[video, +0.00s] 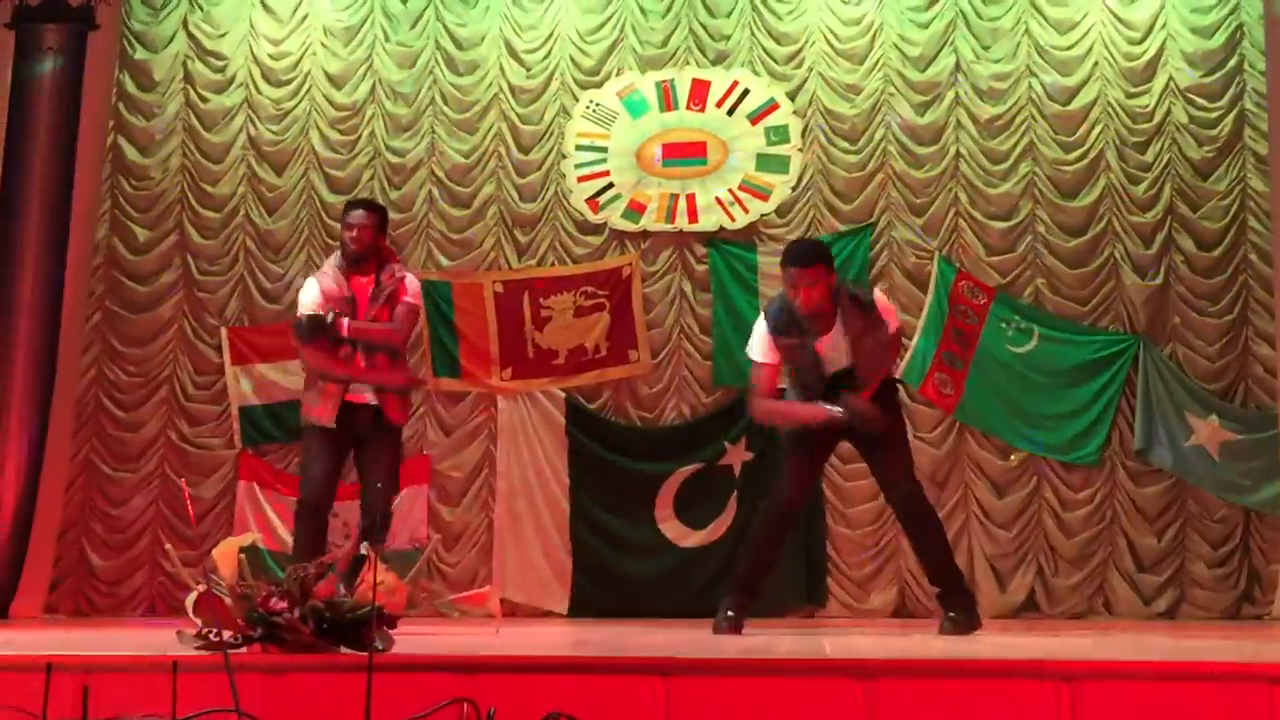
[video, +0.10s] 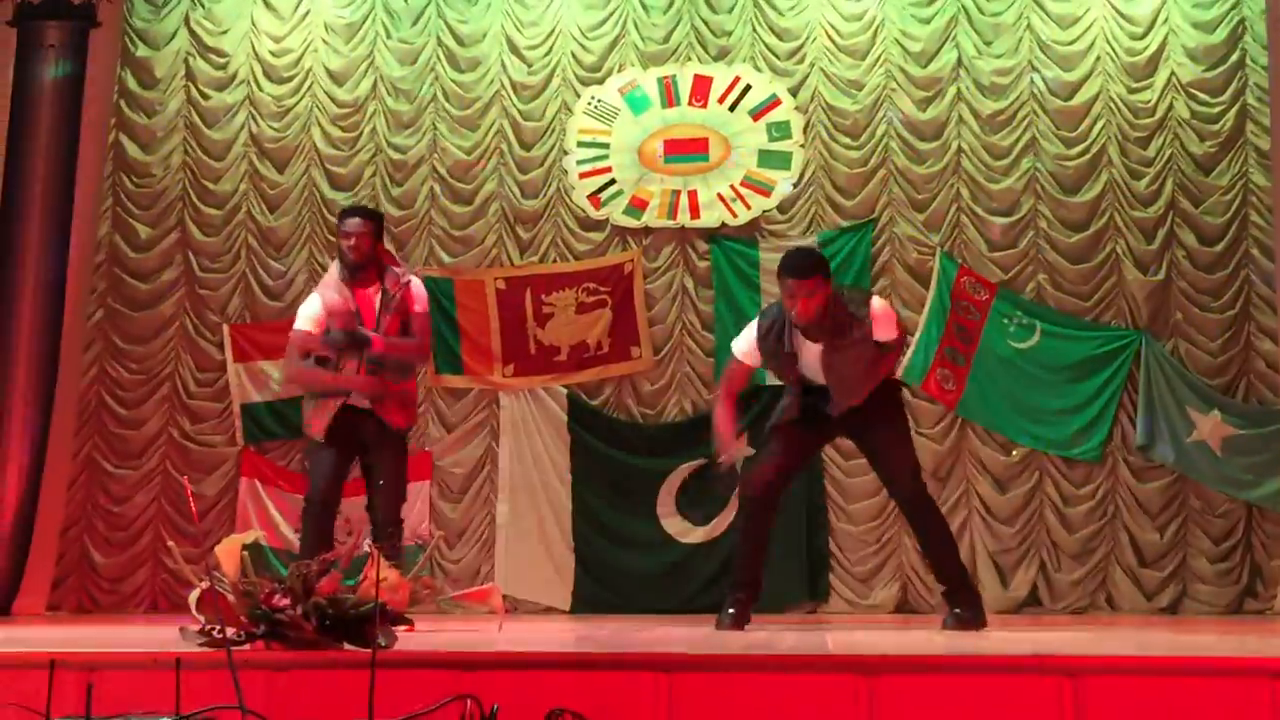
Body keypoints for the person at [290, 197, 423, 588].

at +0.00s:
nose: (354, 236)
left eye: (364, 229)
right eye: (348, 227)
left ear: (382, 235)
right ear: (341, 231)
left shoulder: (405, 284)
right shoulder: (320, 284)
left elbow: (398, 336)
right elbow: (314, 361)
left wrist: (337, 325)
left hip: (380, 412)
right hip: (329, 408)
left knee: (378, 509)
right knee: (312, 499)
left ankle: (361, 593)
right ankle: (301, 589)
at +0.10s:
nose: (352, 244)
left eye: (361, 237)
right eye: (345, 236)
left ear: (378, 241)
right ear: (337, 241)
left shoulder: (408, 287)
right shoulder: (325, 295)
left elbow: (420, 350)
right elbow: (293, 369)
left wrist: (365, 342)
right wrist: (356, 381)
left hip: (386, 414)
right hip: (333, 412)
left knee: (386, 513)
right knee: (319, 502)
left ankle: (387, 596)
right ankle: (308, 589)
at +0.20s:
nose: (346, 250)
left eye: (355, 242)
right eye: (339, 243)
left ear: (372, 246)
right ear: (331, 247)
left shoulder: (408, 297)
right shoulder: (319, 304)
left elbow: (437, 364)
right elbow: (290, 375)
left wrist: (423, 405)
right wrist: (237, 364)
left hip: (399, 420)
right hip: (346, 418)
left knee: (400, 518)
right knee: (323, 496)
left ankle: (397, 602)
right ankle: (314, 591)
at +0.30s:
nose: (343, 255)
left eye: (352, 246)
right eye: (336, 246)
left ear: (370, 251)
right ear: (328, 253)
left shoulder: (397, 300)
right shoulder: (319, 307)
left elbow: (422, 376)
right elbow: (301, 376)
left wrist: (410, 433)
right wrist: (238, 355)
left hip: (397, 424)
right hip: (347, 423)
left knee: (403, 515)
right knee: (324, 498)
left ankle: (422, 598)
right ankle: (311, 597)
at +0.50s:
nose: (380, 280)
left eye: (388, 271)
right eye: (372, 271)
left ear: (401, 276)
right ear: (359, 276)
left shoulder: (427, 325)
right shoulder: (343, 327)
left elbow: (418, 393)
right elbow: (350, 393)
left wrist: (369, 413)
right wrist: (367, 424)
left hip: (418, 438)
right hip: (367, 437)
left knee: (422, 526)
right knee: (339, 506)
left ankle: (439, 614)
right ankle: (327, 605)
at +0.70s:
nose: (457, 255)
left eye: (453, 247)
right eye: (449, 247)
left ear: (427, 255)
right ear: (428, 254)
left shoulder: (421, 295)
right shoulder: (402, 296)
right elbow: (375, 378)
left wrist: (474, 373)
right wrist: (418, 431)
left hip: (394, 418)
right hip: (368, 417)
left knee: (448, 512)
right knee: (402, 501)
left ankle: (403, 595)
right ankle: (335, 585)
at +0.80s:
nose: (437, 255)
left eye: (435, 249)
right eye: (436, 248)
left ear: (394, 249)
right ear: (429, 248)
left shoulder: (365, 296)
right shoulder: (429, 284)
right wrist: (450, 386)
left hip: (370, 415)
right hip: (407, 407)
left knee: (417, 509)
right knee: (445, 506)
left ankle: (401, 595)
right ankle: (376, 568)